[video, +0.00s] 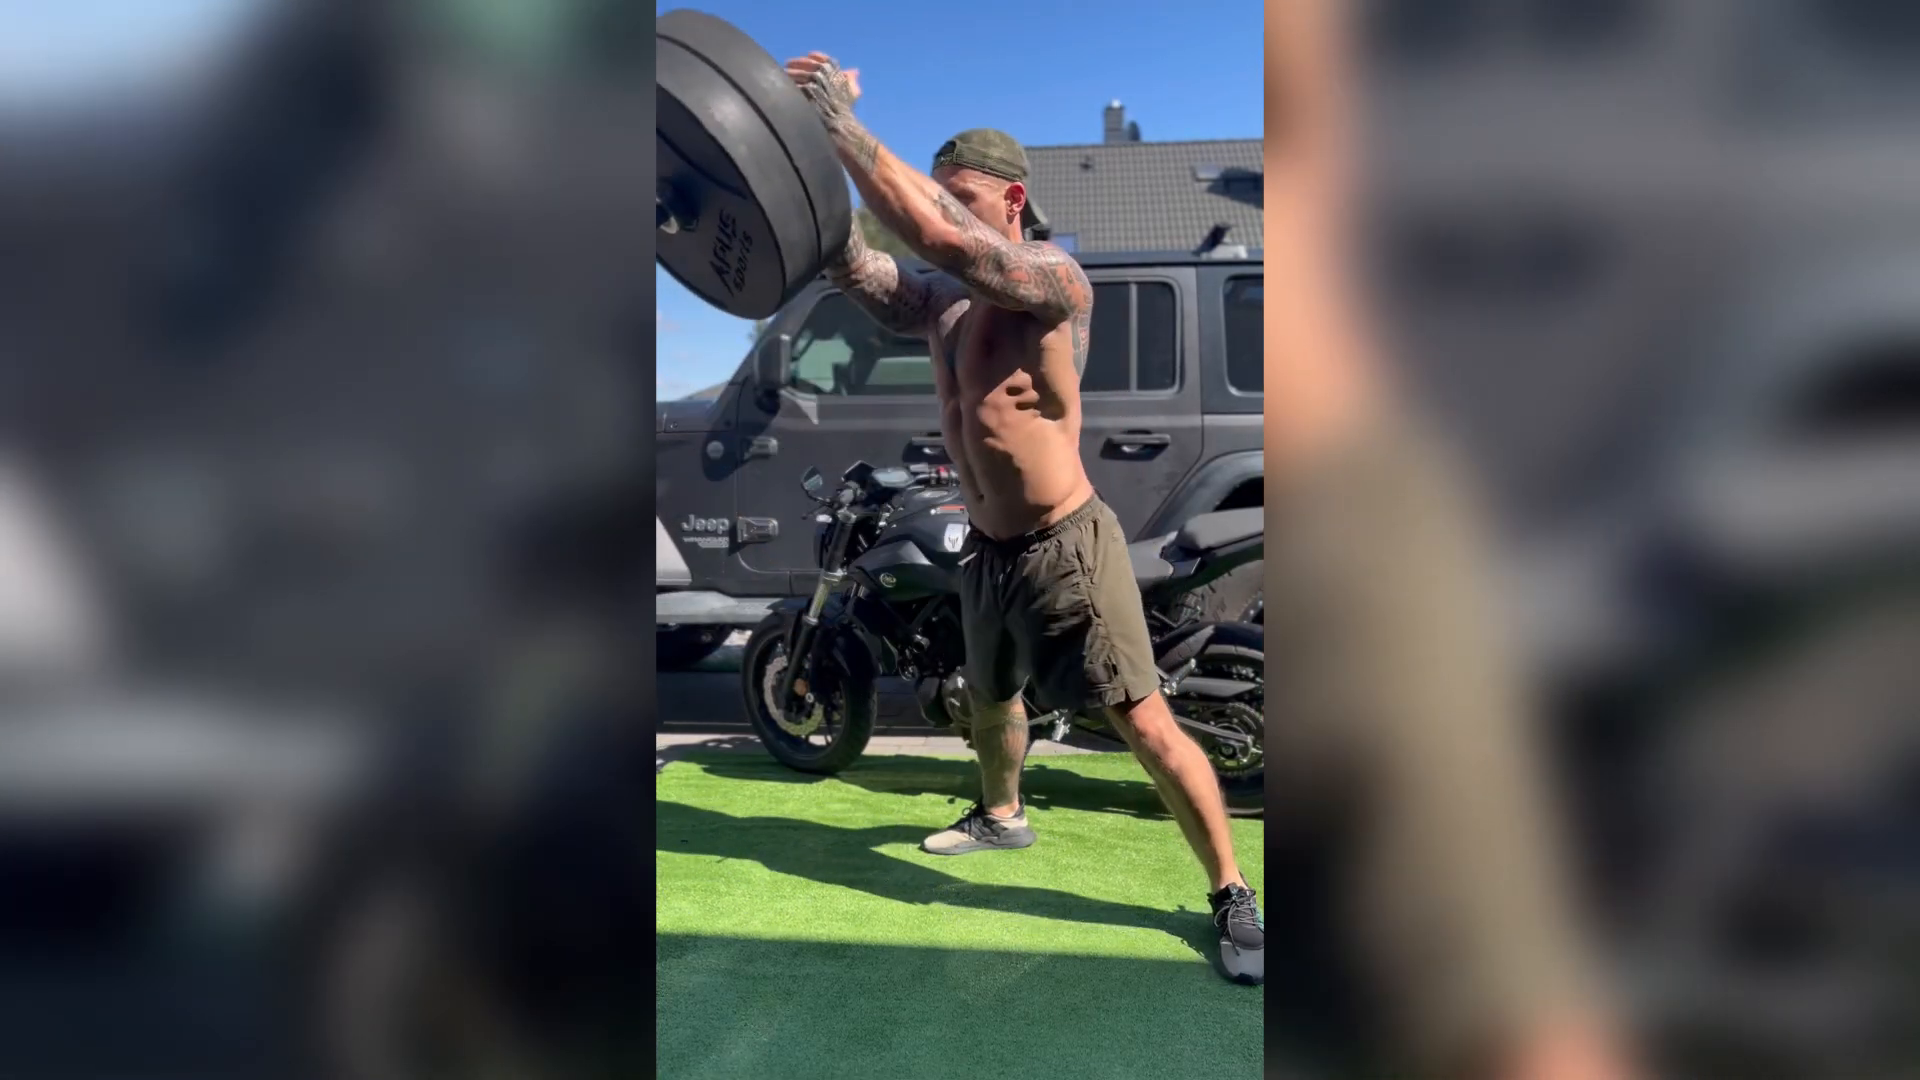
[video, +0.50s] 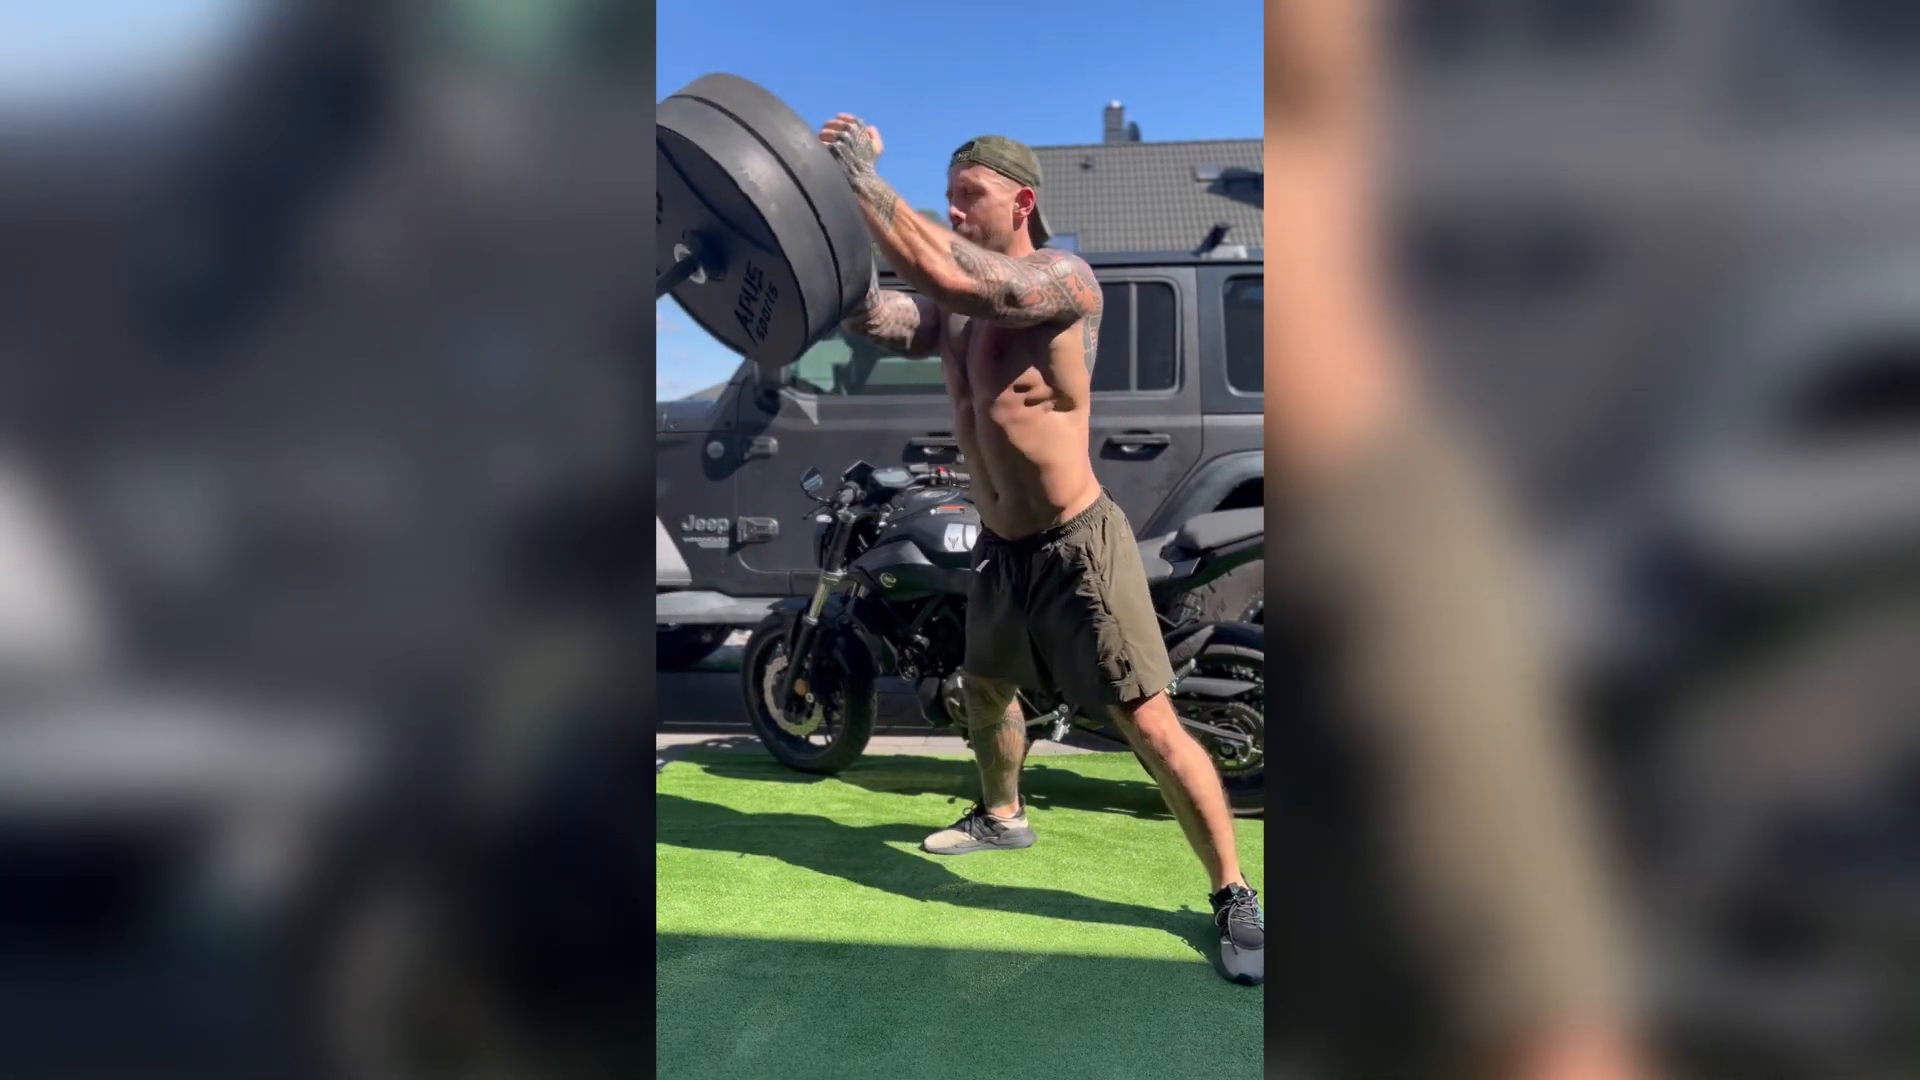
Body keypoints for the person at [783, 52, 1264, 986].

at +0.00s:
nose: (945, 209)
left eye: (962, 195)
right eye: (939, 195)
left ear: (1016, 195)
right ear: (944, 203)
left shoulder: (1057, 280)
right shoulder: (934, 298)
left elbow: (942, 233)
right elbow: (850, 260)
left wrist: (843, 124)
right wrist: (786, 171)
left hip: (1071, 544)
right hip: (988, 554)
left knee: (1147, 726)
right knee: (991, 700)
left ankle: (1231, 893)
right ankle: (1001, 819)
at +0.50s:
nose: (952, 212)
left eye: (968, 198)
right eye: (948, 199)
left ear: (1022, 204)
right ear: (954, 205)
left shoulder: (1067, 277)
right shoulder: (949, 297)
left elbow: (958, 277)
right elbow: (873, 317)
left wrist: (861, 178)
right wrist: (813, 236)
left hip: (1079, 541)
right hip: (1000, 549)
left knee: (1149, 724)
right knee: (988, 693)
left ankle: (1234, 893)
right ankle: (1001, 818)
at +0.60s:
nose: (969, 219)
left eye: (987, 206)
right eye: (966, 207)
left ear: (1038, 217)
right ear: (969, 225)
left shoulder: (1080, 303)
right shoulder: (964, 320)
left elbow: (982, 351)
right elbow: (905, 381)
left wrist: (907, 261)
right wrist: (851, 297)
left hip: (1092, 547)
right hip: (1007, 552)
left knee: (1152, 727)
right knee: (969, 697)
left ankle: (1234, 896)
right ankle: (1002, 817)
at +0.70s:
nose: (972, 263)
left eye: (990, 249)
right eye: (972, 250)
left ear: (1042, 261)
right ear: (981, 268)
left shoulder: (1088, 350)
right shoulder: (988, 359)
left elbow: (1004, 439)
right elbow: (937, 450)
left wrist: (944, 345)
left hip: (1113, 570)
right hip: (1030, 575)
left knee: (1162, 739)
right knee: (954, 694)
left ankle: (1235, 898)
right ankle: (1002, 818)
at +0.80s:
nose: (983, 320)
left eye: (1000, 307)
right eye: (982, 307)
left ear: (1048, 319)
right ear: (985, 318)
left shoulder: (1099, 405)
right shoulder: (988, 404)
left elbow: (1034, 513)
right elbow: (954, 522)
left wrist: (973, 425)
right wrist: (927, 432)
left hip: (1130, 600)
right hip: (1046, 602)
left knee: (1165, 744)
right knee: (947, 696)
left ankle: (1237, 899)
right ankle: (999, 816)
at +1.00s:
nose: (995, 423)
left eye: (1012, 411)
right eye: (992, 411)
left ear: (1058, 424)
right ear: (988, 421)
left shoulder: (1116, 506)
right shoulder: (998, 499)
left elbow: (1070, 634)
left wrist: (1012, 543)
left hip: (1151, 656)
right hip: (1060, 657)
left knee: (1165, 750)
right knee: (947, 698)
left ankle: (1237, 901)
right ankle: (1000, 820)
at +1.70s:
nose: (981, 316)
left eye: (1001, 306)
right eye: (983, 305)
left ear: (1050, 327)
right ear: (985, 323)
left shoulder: (1104, 418)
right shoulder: (984, 409)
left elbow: (1049, 535)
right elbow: (946, 491)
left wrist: (990, 447)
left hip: (1129, 596)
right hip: (1041, 596)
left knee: (1162, 738)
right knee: (943, 692)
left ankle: (1238, 899)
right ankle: (1000, 816)